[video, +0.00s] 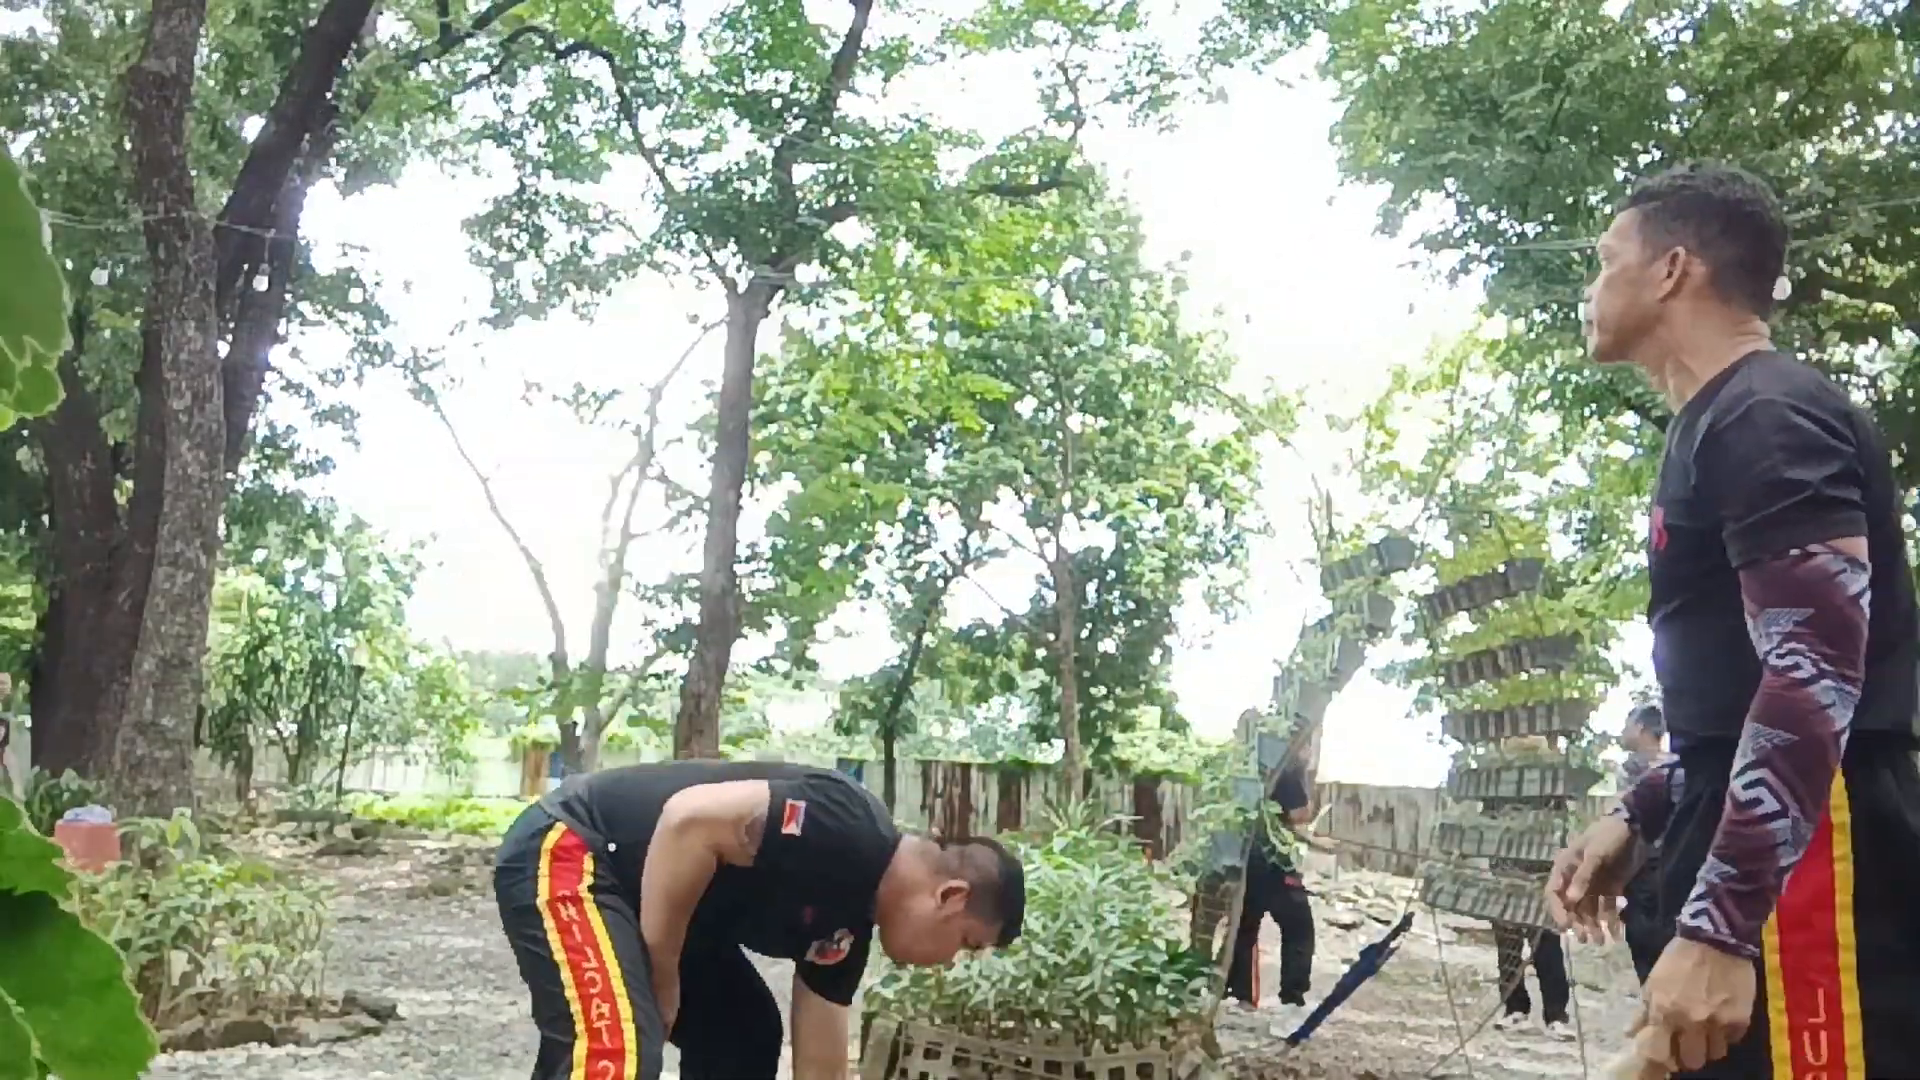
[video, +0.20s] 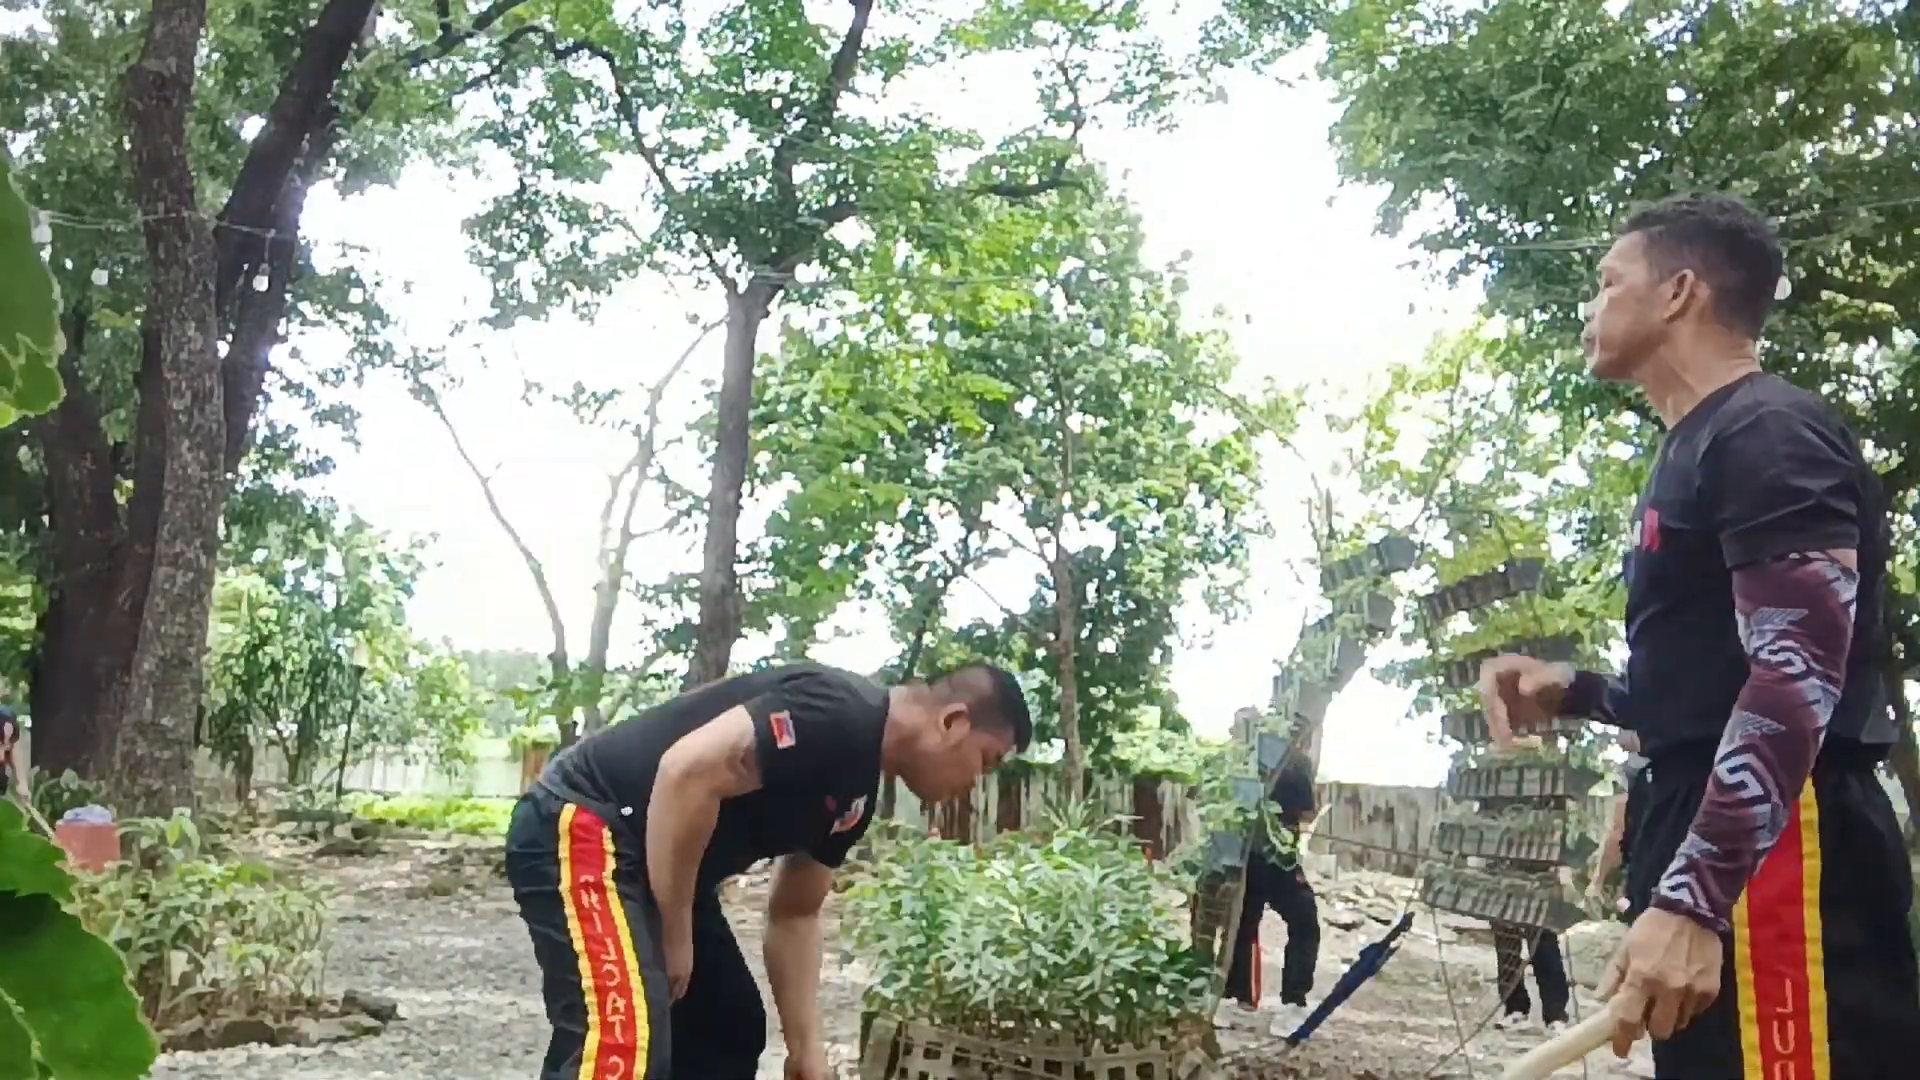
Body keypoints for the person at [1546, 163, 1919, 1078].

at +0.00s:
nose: (1589, 287)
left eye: (1605, 258)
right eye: (1595, 262)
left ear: (1673, 269)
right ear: (1675, 272)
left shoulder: (1769, 412)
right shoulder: (1710, 426)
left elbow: (1812, 675)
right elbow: (1731, 695)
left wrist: (1720, 924)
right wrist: (1634, 821)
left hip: (1809, 827)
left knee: (1813, 1058)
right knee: (1745, 1060)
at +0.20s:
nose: (1587, 315)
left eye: (1607, 284)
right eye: (1594, 289)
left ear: (1680, 293)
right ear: (1674, 300)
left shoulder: (1763, 425)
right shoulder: (1698, 445)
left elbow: (1795, 678)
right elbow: (1702, 692)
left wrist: (1691, 900)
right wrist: (1574, 692)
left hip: (1779, 821)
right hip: (1713, 812)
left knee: (1787, 1059)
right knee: (1716, 1057)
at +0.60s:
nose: (1590, 347)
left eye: (1619, 325)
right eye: (1589, 332)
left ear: (1699, 343)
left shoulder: (1781, 466)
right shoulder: (1644, 510)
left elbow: (1853, 692)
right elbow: (1633, 716)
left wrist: (1798, 897)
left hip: (1763, 833)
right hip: (1648, 838)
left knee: (1778, 1062)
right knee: (1646, 1063)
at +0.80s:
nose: (1600, 341)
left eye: (1631, 319)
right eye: (1595, 328)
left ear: (1711, 341)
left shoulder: (1785, 468)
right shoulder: (1637, 505)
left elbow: (1895, 667)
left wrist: (1775, 859)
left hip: (1750, 819)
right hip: (1635, 817)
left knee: (1773, 1061)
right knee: (1652, 1061)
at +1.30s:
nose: (1577, 372)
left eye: (1593, 343)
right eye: (1578, 350)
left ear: (1677, 336)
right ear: (1669, 341)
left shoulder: (1786, 467)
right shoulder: (1639, 508)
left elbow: (1890, 667)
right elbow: (1637, 705)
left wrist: (1733, 830)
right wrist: (1508, 788)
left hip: (1768, 857)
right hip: (1633, 862)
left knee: (1780, 1064)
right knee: (1642, 1063)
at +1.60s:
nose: (1534, 439)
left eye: (1540, 409)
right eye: (1524, 421)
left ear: (1616, 373)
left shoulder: (1749, 461)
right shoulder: (1613, 528)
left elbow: (1909, 601)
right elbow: (1604, 710)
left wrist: (1788, 805)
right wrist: (1511, 660)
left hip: (1762, 821)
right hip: (1647, 829)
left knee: (1759, 1061)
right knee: (1637, 1060)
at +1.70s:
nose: (1509, 487)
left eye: (1509, 456)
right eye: (1498, 467)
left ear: (1578, 412)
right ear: (1577, 414)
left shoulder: (1719, 478)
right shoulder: (1601, 556)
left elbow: (1893, 602)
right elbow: (1575, 742)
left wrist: (1763, 802)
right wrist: (1513, 635)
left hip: (1774, 843)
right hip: (1663, 850)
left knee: (1721, 1065)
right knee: (1628, 1063)